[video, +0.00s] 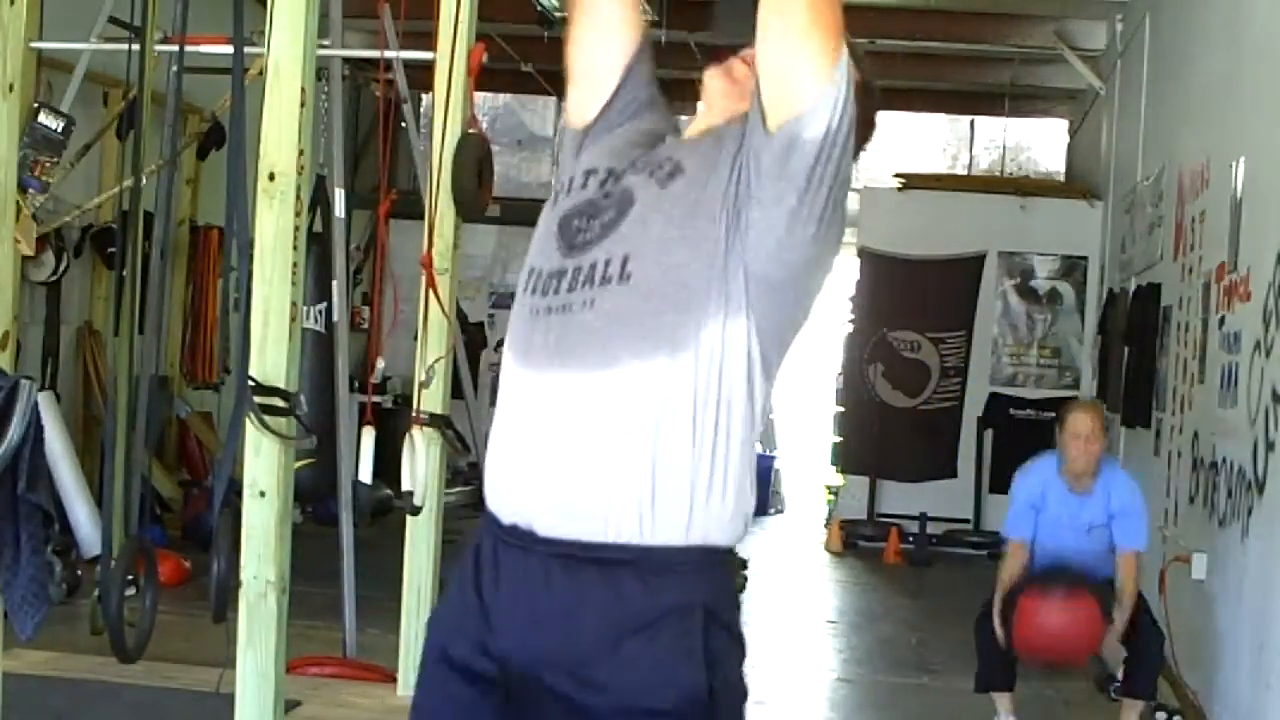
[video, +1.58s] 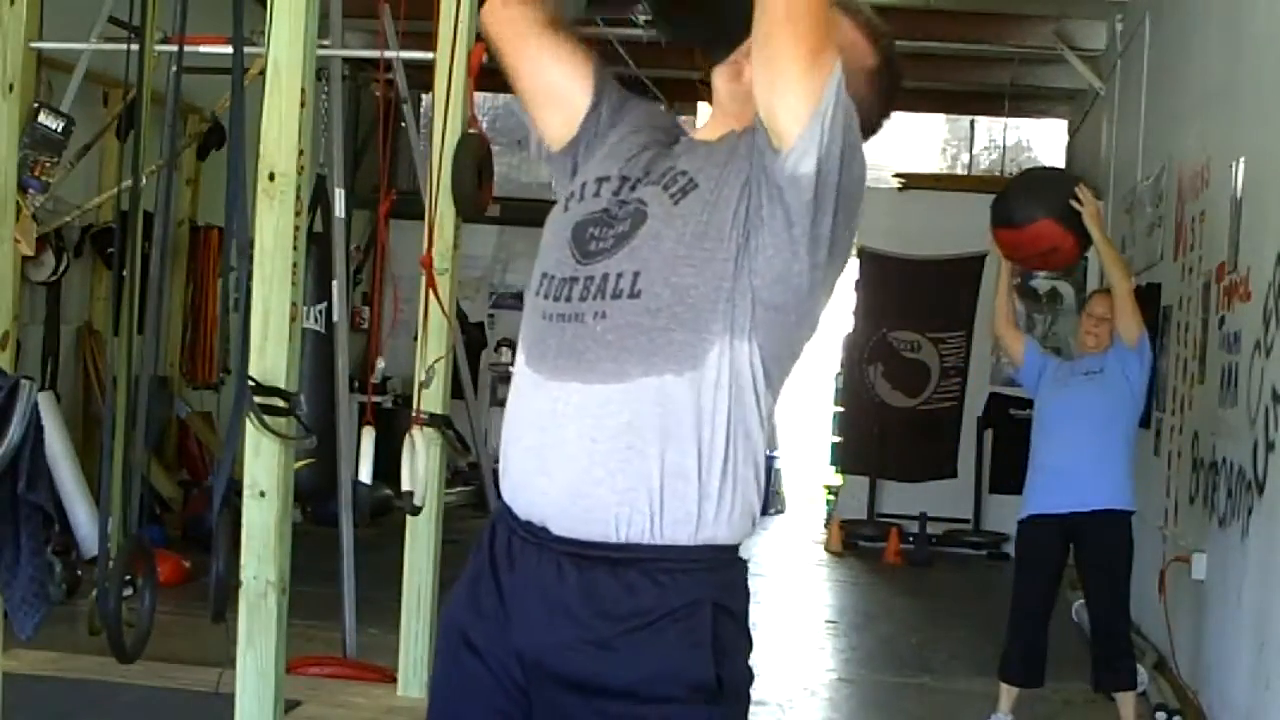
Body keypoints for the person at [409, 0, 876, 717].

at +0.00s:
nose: (734, 56)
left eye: (764, 57)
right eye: (739, 47)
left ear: (793, 106)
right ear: (713, 65)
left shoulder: (781, 173)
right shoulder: (610, 143)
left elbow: (805, 10)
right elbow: (601, 7)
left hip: (652, 600)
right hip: (496, 573)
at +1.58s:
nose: (770, 40)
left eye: (820, 51)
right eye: (799, 32)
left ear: (836, 112)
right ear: (753, 42)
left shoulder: (800, 178)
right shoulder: (615, 136)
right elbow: (510, 12)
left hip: (661, 609)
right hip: (507, 577)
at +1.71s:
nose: (806, 58)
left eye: (833, 64)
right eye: (816, 41)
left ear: (853, 130)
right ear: (767, 45)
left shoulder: (811, 194)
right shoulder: (614, 154)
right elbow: (473, 75)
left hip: (657, 612)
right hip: (504, 577)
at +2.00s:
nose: (762, 128)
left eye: (804, 132)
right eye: (773, 95)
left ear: (829, 178)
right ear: (752, 83)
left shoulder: (808, 258)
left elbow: (656, 210)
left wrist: (648, 107)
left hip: (630, 637)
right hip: (481, 597)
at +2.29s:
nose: (724, 132)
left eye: (761, 121)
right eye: (720, 93)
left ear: (787, 140)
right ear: (685, 72)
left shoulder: (788, 237)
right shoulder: (592, 189)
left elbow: (648, 355)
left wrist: (587, 201)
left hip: (648, 632)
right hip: (491, 597)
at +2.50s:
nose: (688, 137)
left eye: (724, 116)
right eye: (677, 94)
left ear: (758, 109)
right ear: (645, 59)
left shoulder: (775, 221)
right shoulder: (550, 158)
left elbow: (723, 425)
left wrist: (577, 292)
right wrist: (428, 258)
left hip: (684, 621)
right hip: (512, 602)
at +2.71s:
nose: (653, 188)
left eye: (686, 163)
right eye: (636, 149)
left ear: (725, 137)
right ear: (600, 102)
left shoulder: (767, 249)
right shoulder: (523, 224)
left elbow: (809, 474)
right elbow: (432, 336)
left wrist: (622, 462)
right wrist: (432, 429)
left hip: (710, 617)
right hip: (546, 602)